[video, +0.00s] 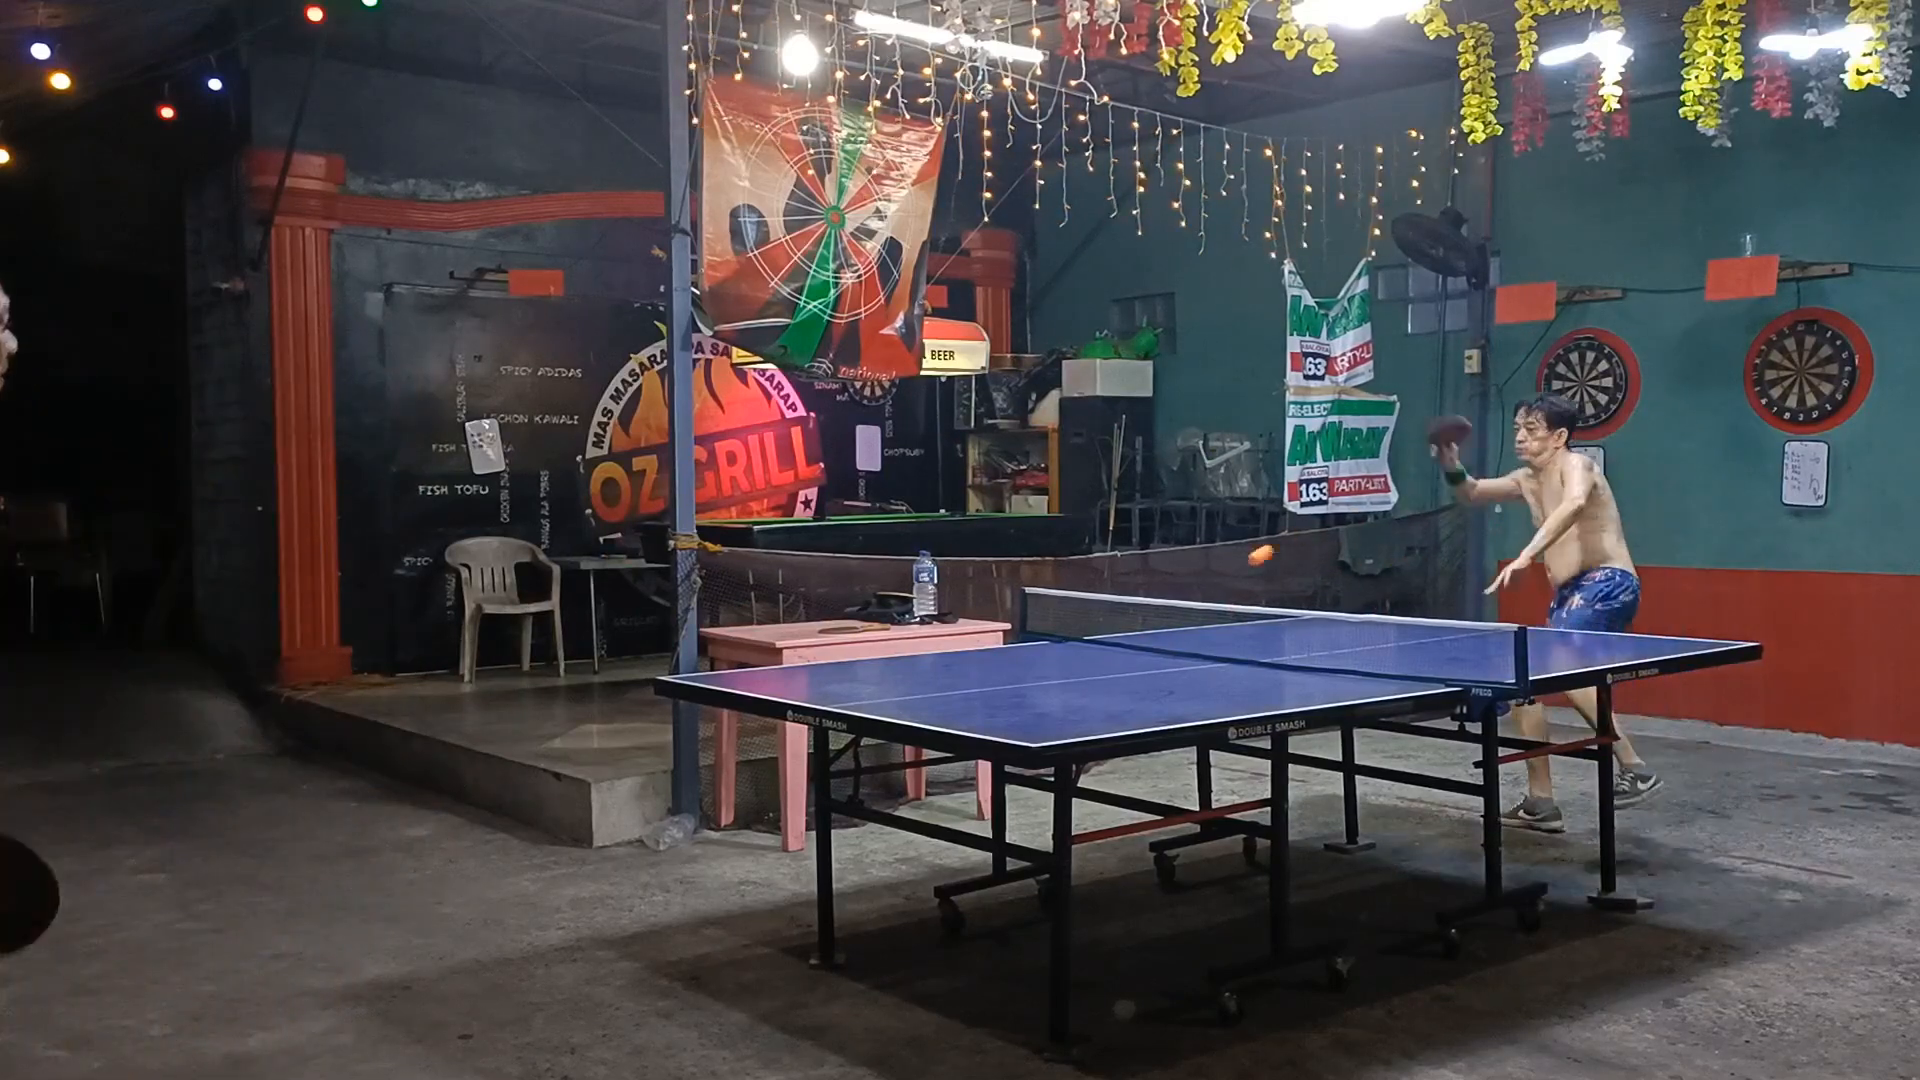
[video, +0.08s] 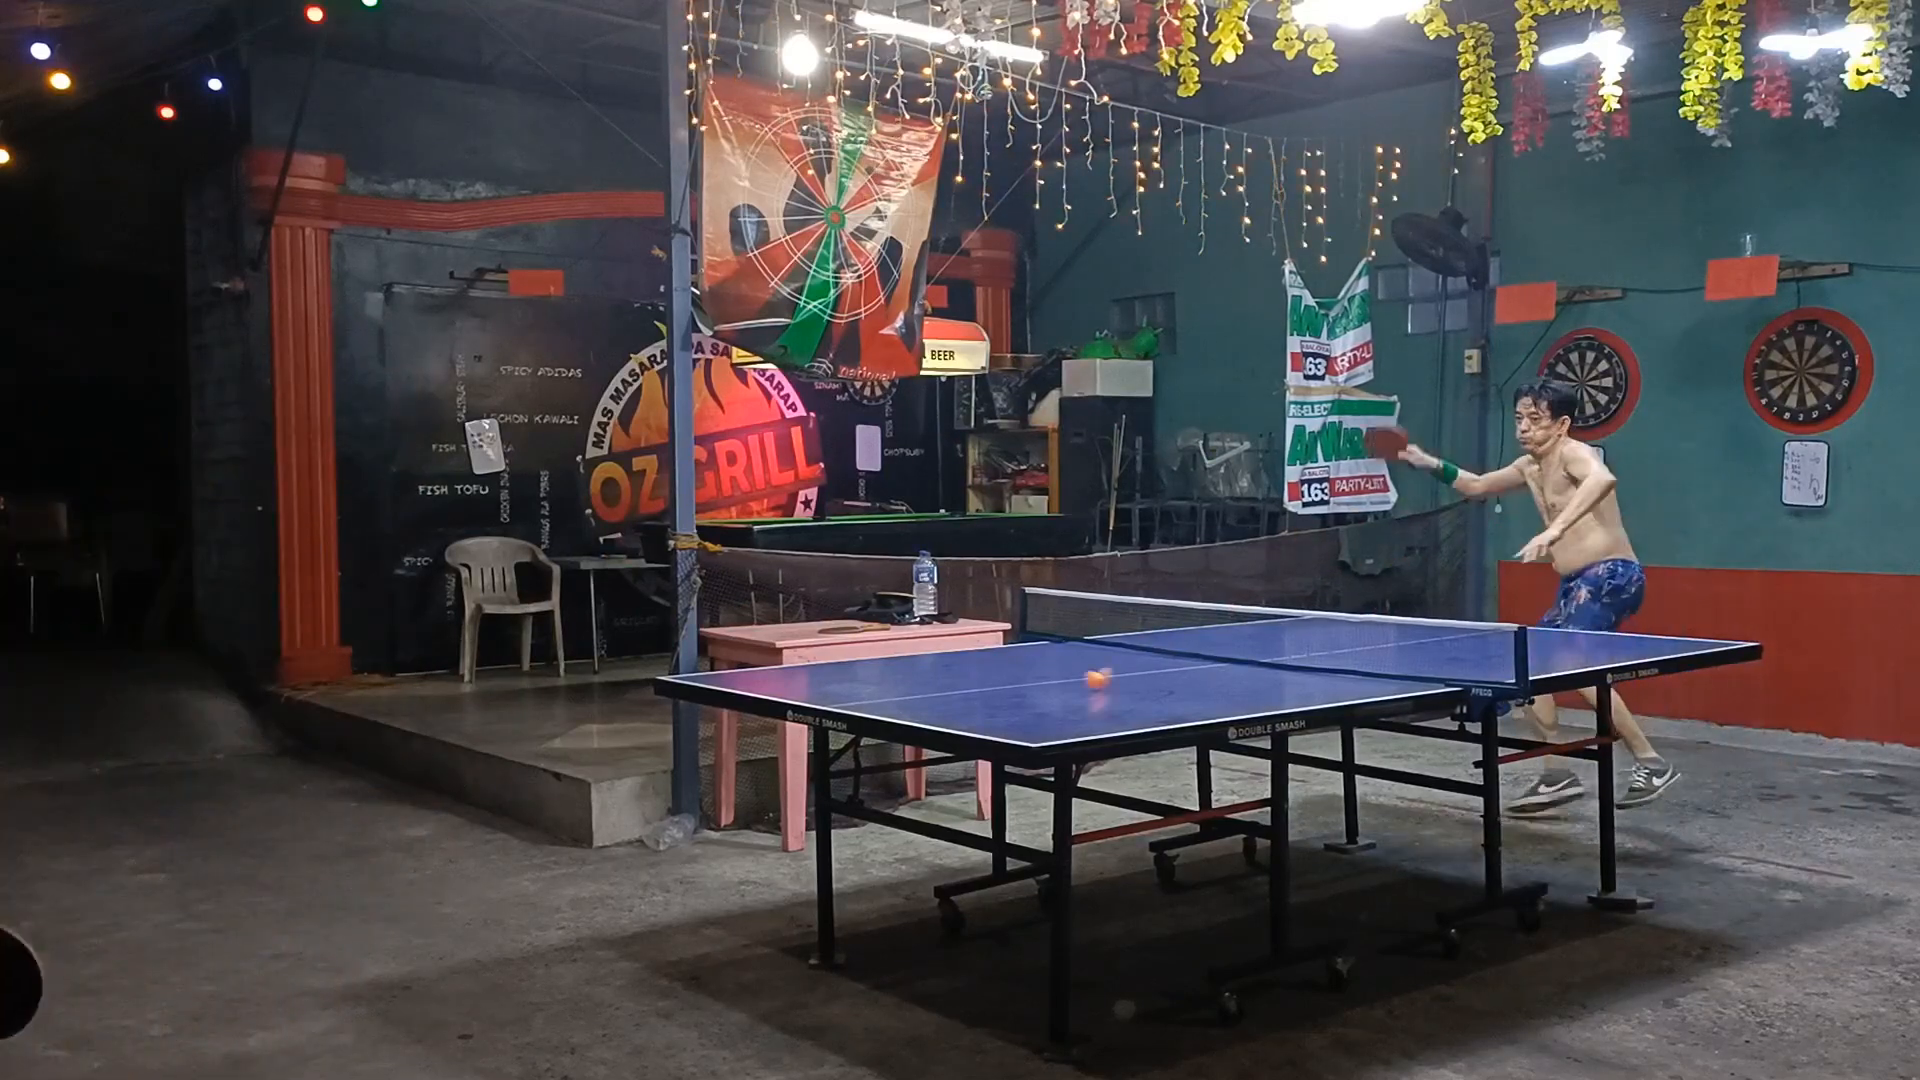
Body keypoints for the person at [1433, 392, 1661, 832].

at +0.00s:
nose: (1521, 437)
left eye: (1530, 429)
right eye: (1518, 429)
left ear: (1559, 435)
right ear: (1516, 435)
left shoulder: (1575, 464)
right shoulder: (1526, 478)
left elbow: (1575, 504)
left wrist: (1526, 555)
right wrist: (1452, 467)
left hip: (1606, 584)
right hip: (1567, 596)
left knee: (1566, 667)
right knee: (1520, 685)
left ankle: (1633, 767)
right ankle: (1540, 799)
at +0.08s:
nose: (1523, 427)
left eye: (1534, 419)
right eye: (1519, 419)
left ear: (1561, 423)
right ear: (1516, 421)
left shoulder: (1573, 451)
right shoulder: (1528, 465)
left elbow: (1600, 479)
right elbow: (1477, 486)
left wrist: (1552, 530)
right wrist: (1433, 464)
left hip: (1609, 577)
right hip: (1575, 585)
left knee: (1579, 671)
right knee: (1524, 668)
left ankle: (1651, 763)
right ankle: (1556, 772)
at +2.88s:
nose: (1561, 418)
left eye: (1570, 407)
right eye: (1558, 410)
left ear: (1602, 405)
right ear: (1562, 414)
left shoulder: (1648, 440)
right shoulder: (1573, 456)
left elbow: (1725, 464)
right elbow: (1531, 483)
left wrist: (1693, 521)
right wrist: (1498, 514)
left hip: (1673, 584)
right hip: (1621, 593)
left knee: (1677, 689)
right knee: (1585, 692)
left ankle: (1763, 799)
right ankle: (1581, 802)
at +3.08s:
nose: (1603, 449)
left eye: (1612, 439)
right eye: (1600, 440)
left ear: (1646, 440)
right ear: (1602, 443)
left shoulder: (1688, 483)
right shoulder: (1614, 487)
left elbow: (1754, 540)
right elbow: (1603, 535)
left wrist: (1694, 588)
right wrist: (1563, 574)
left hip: (1706, 625)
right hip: (1645, 622)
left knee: (1721, 731)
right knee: (1597, 707)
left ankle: (1802, 828)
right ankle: (1614, 803)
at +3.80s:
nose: (1747, 463)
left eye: (1754, 449)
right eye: (1743, 453)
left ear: (1791, 440)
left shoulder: (1819, 463)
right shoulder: (1806, 497)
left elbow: (1811, 511)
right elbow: (1826, 569)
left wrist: (1730, 571)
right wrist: (1754, 578)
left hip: (1907, 640)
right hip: (1861, 644)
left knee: (1918, 758)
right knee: (1830, 740)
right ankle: (1806, 845)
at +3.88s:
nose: (1759, 475)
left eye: (1764, 460)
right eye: (1755, 465)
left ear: (1799, 448)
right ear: (1798, 454)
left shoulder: (1825, 467)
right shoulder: (1829, 502)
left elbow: (1853, 488)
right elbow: (1867, 588)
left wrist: (1780, 567)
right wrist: (1793, 611)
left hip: (1916, 646)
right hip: (1888, 649)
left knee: (1915, 761)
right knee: (1861, 741)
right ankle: (1851, 852)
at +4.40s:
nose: (1800, 463)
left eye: (1809, 449)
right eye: (1795, 452)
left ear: (1852, 441)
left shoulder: (1910, 484)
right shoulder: (1822, 504)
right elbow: (1803, 566)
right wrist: (1759, 577)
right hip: (1900, 650)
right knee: (1858, 751)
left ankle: (1918, 845)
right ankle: (1919, 842)